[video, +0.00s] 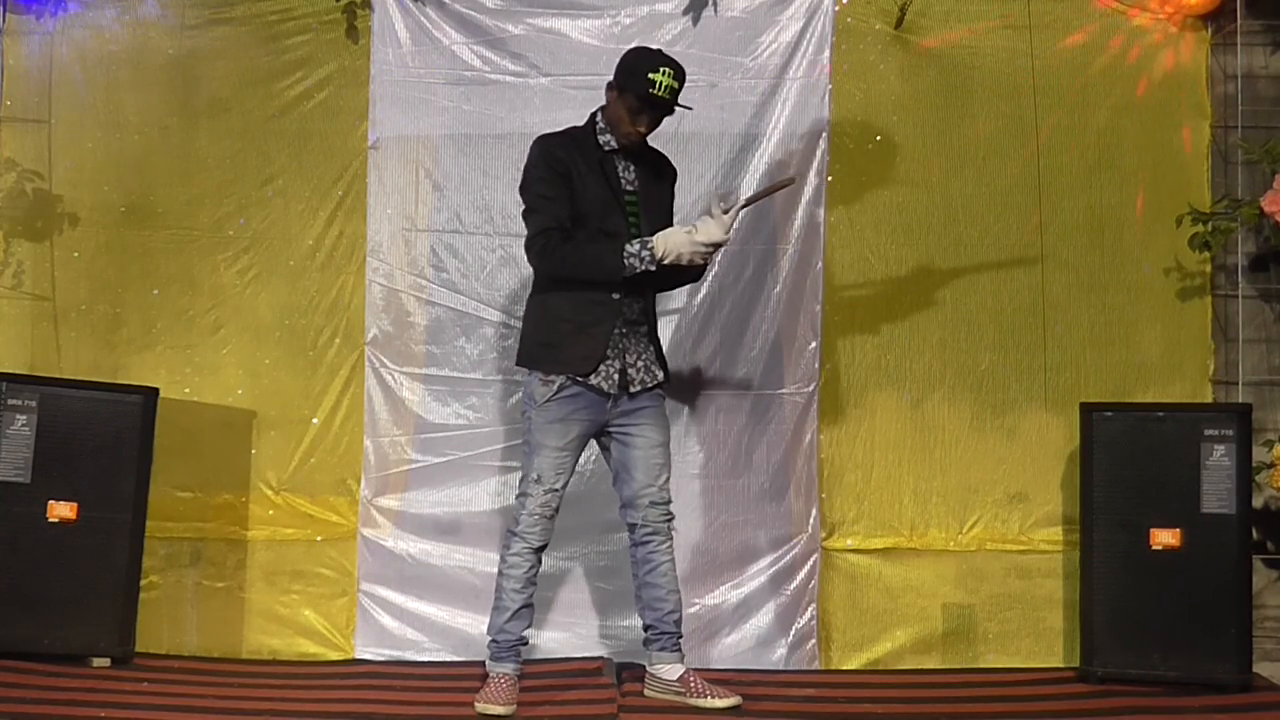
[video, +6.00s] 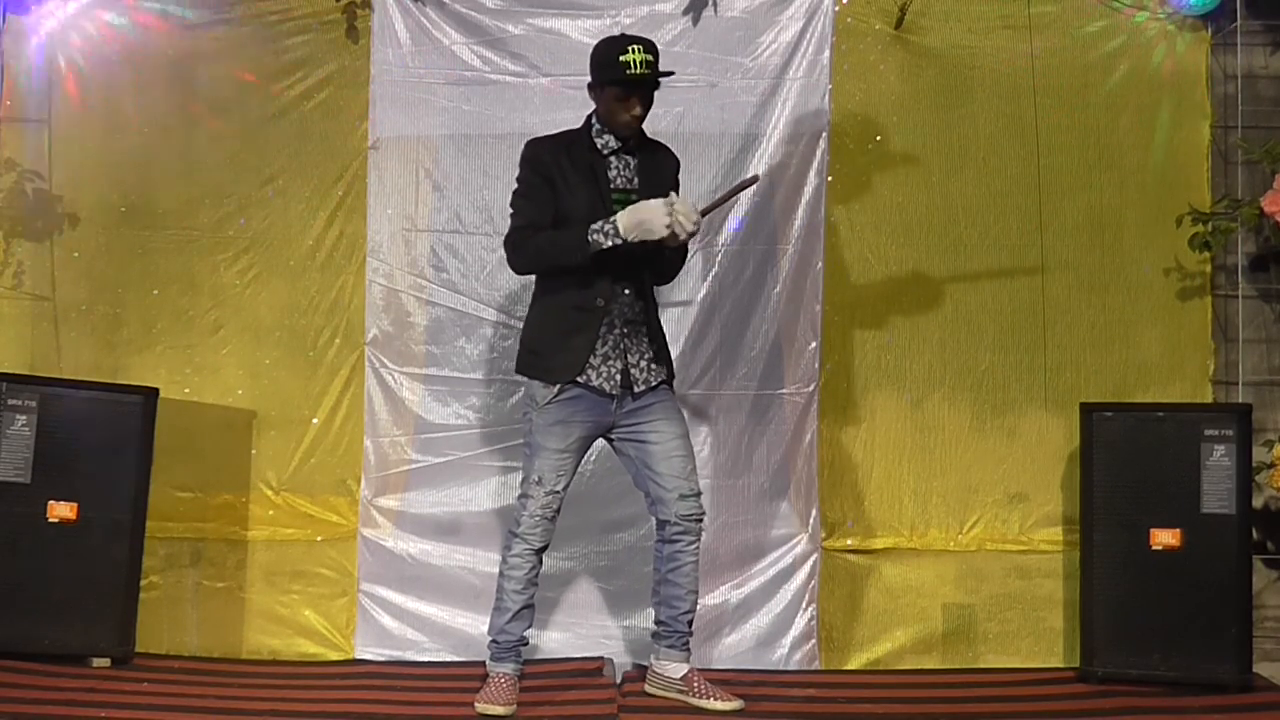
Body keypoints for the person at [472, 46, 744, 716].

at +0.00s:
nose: (647, 120)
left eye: (658, 112)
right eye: (640, 104)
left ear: (666, 112)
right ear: (613, 91)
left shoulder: (658, 171)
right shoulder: (554, 152)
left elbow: (645, 278)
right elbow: (549, 256)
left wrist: (696, 254)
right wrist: (650, 250)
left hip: (638, 374)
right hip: (563, 373)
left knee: (652, 516)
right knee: (534, 518)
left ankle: (665, 669)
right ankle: (502, 669)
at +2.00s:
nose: (658, 122)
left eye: (669, 114)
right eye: (652, 106)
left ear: (672, 116)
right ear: (622, 89)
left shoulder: (656, 169)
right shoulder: (550, 151)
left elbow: (645, 273)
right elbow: (545, 254)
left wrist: (698, 250)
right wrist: (646, 250)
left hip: (639, 376)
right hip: (562, 374)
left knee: (654, 518)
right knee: (534, 522)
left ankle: (666, 670)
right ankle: (503, 670)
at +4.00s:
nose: (610, 89)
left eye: (626, 81)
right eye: (602, 76)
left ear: (644, 93)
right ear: (587, 80)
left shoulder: (656, 169)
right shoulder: (546, 154)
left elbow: (651, 271)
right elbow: (535, 254)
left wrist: (702, 252)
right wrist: (615, 219)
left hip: (639, 373)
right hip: (562, 372)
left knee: (656, 518)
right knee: (532, 521)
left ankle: (666, 668)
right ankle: (503, 669)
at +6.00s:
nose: (640, 104)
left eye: (647, 92)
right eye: (628, 92)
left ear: (652, 94)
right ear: (597, 92)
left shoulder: (660, 160)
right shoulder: (548, 155)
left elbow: (662, 270)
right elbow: (522, 251)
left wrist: (674, 240)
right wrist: (617, 227)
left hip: (645, 378)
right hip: (565, 377)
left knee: (682, 510)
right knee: (534, 520)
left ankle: (669, 668)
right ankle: (503, 668)